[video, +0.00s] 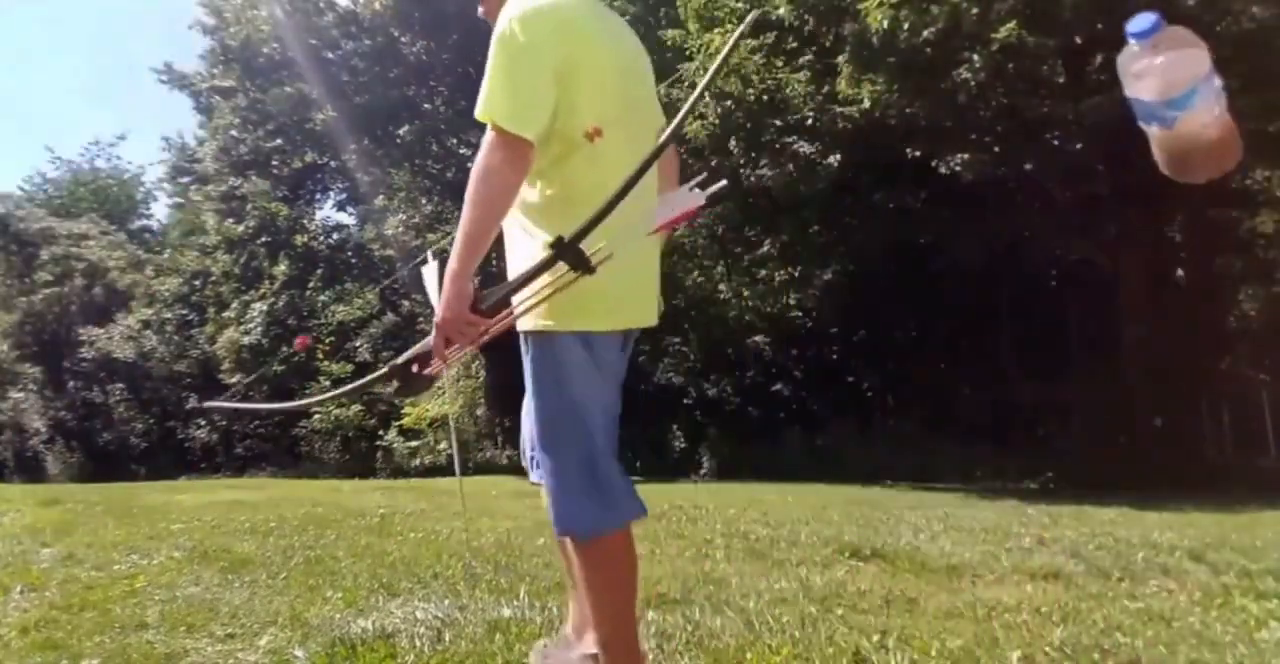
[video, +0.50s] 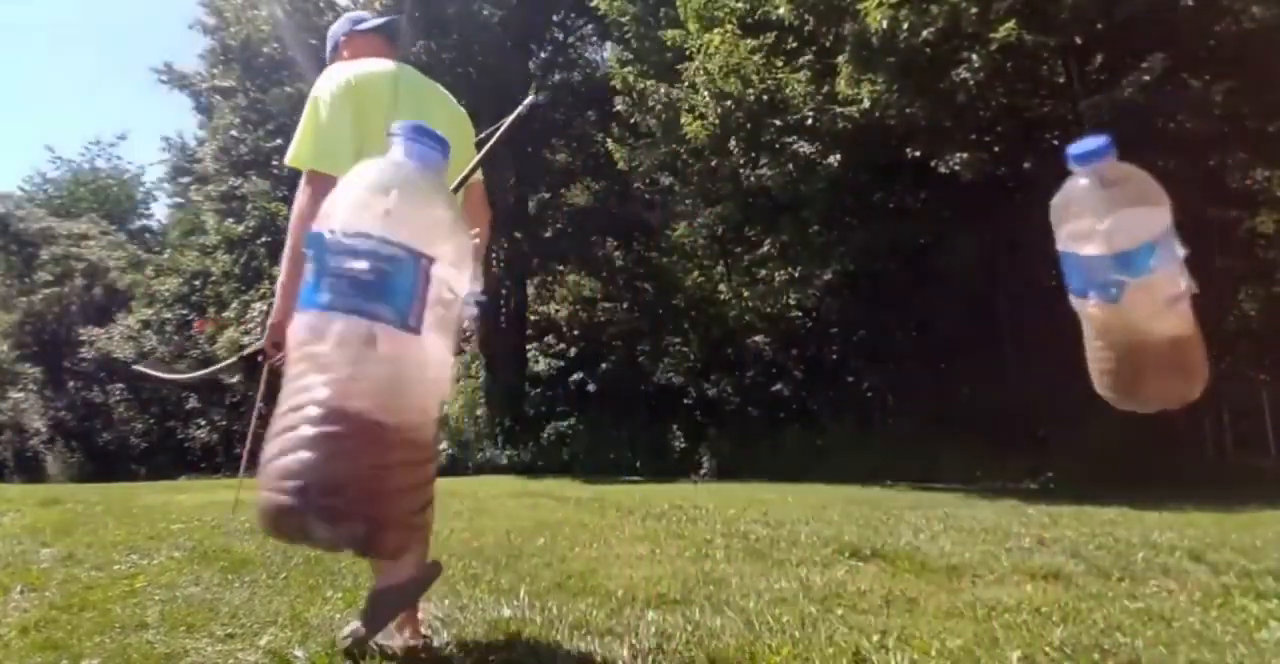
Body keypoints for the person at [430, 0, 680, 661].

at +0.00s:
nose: (482, 14)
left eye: (481, 9)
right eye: (481, 11)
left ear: (493, 1)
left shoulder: (526, 24)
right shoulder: (609, 26)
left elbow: (506, 151)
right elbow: (661, 146)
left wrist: (457, 280)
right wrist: (656, 226)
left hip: (571, 289)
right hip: (623, 282)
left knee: (580, 467)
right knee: (550, 449)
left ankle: (620, 652)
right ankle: (586, 634)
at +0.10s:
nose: (446, 20)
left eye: (446, 13)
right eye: (446, 15)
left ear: (460, 2)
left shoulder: (480, 38)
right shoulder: (582, 50)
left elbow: (451, 162)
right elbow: (635, 168)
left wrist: (397, 280)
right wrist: (636, 270)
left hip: (526, 302)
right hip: (585, 294)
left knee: (570, 486)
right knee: (506, 455)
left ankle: (617, 656)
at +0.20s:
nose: (424, 24)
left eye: (425, 15)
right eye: (424, 18)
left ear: (444, 6)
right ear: (494, 5)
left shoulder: (452, 53)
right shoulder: (561, 68)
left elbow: (420, 175)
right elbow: (609, 171)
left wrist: (363, 290)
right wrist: (620, 280)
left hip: (497, 309)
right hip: (559, 303)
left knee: (549, 484)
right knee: (483, 463)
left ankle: (614, 656)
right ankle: (424, 612)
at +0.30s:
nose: (388, 59)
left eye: (388, 48)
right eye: (389, 49)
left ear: (400, 34)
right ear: (446, 28)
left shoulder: (400, 77)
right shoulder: (511, 93)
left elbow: (370, 189)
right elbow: (557, 199)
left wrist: (321, 304)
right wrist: (568, 294)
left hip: (436, 315)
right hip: (500, 313)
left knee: (470, 473)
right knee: (432, 463)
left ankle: (574, 638)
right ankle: (407, 620)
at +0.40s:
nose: (380, 64)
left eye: (379, 54)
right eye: (382, 56)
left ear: (391, 40)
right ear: (440, 36)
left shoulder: (390, 78)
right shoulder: (499, 95)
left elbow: (362, 188)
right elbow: (542, 199)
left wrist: (315, 302)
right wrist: (553, 295)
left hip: (420, 312)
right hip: (486, 308)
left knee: (438, 471)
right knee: (428, 464)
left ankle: (544, 616)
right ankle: (407, 619)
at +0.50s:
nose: (335, 64)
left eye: (335, 55)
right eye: (339, 55)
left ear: (345, 47)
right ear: (395, 48)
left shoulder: (338, 81)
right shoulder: (447, 102)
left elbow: (312, 193)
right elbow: (478, 211)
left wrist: (284, 302)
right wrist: (459, 291)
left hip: (346, 291)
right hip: (423, 300)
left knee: (355, 431)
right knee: (411, 443)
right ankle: (405, 620)